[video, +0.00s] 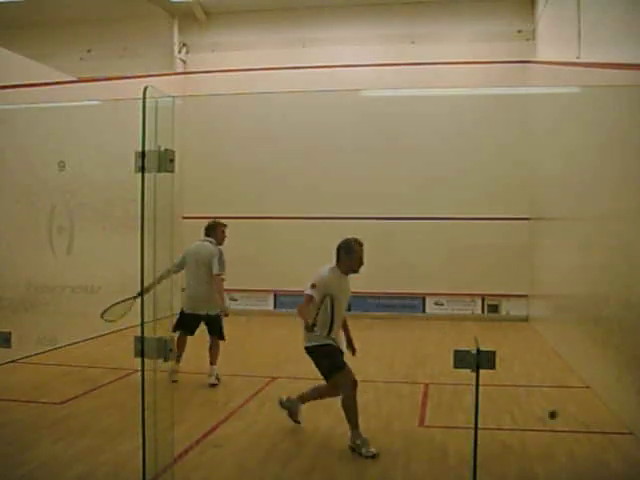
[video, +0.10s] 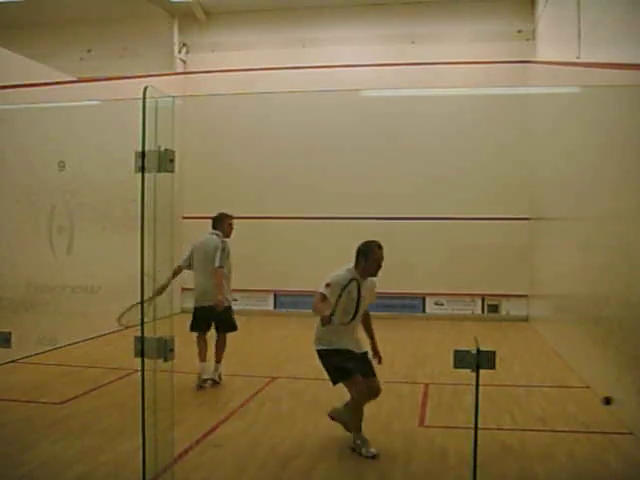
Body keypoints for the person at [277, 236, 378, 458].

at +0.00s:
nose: (362, 263)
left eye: (362, 258)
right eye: (359, 258)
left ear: (348, 258)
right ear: (344, 257)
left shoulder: (343, 280)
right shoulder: (324, 279)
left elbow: (340, 313)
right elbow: (304, 310)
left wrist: (349, 338)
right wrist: (307, 314)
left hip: (331, 341)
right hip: (317, 343)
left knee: (335, 388)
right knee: (349, 383)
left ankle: (294, 402)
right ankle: (356, 438)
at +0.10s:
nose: (381, 265)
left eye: (381, 261)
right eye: (377, 261)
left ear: (370, 261)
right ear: (362, 260)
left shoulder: (370, 284)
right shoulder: (340, 279)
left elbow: (364, 313)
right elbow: (318, 302)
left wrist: (373, 345)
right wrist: (325, 312)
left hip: (351, 341)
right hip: (329, 343)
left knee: (373, 389)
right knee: (358, 388)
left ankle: (344, 413)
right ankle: (358, 438)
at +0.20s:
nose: (399, 265)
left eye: (400, 260)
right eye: (395, 260)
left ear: (393, 262)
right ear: (382, 260)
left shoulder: (390, 289)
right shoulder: (358, 277)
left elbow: (391, 321)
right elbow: (327, 293)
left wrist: (401, 353)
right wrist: (338, 301)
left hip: (366, 345)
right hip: (340, 347)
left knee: (397, 385)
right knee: (366, 397)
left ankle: (398, 439)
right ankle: (358, 439)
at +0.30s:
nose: (415, 272)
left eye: (416, 267)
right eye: (411, 266)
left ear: (414, 267)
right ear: (398, 265)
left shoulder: (408, 294)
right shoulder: (369, 281)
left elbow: (416, 327)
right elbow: (336, 289)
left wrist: (428, 360)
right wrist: (349, 293)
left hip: (382, 353)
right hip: (354, 352)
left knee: (411, 396)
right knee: (372, 403)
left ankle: (427, 454)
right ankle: (358, 430)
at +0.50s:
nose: (431, 275)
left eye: (432, 270)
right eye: (428, 270)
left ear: (426, 272)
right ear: (412, 269)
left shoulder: (424, 301)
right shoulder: (383, 281)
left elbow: (446, 326)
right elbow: (345, 275)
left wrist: (461, 356)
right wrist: (360, 275)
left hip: (392, 355)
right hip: (362, 350)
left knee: (424, 399)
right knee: (375, 400)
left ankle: (430, 457)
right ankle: (364, 463)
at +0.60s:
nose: (434, 285)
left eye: (435, 280)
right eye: (432, 279)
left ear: (421, 279)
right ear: (415, 277)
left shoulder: (422, 305)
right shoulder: (383, 284)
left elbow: (440, 327)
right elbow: (345, 287)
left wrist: (449, 351)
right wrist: (360, 276)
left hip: (382, 355)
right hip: (356, 352)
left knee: (420, 399)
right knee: (374, 409)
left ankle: (417, 459)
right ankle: (356, 469)